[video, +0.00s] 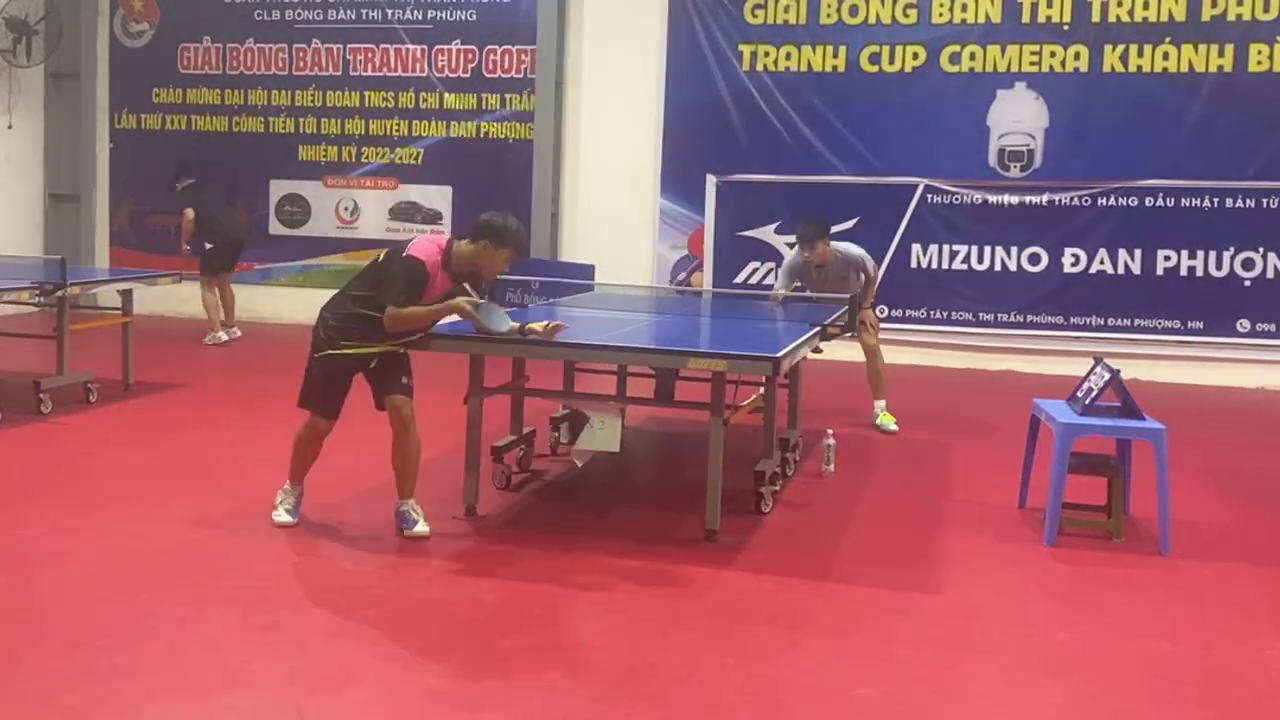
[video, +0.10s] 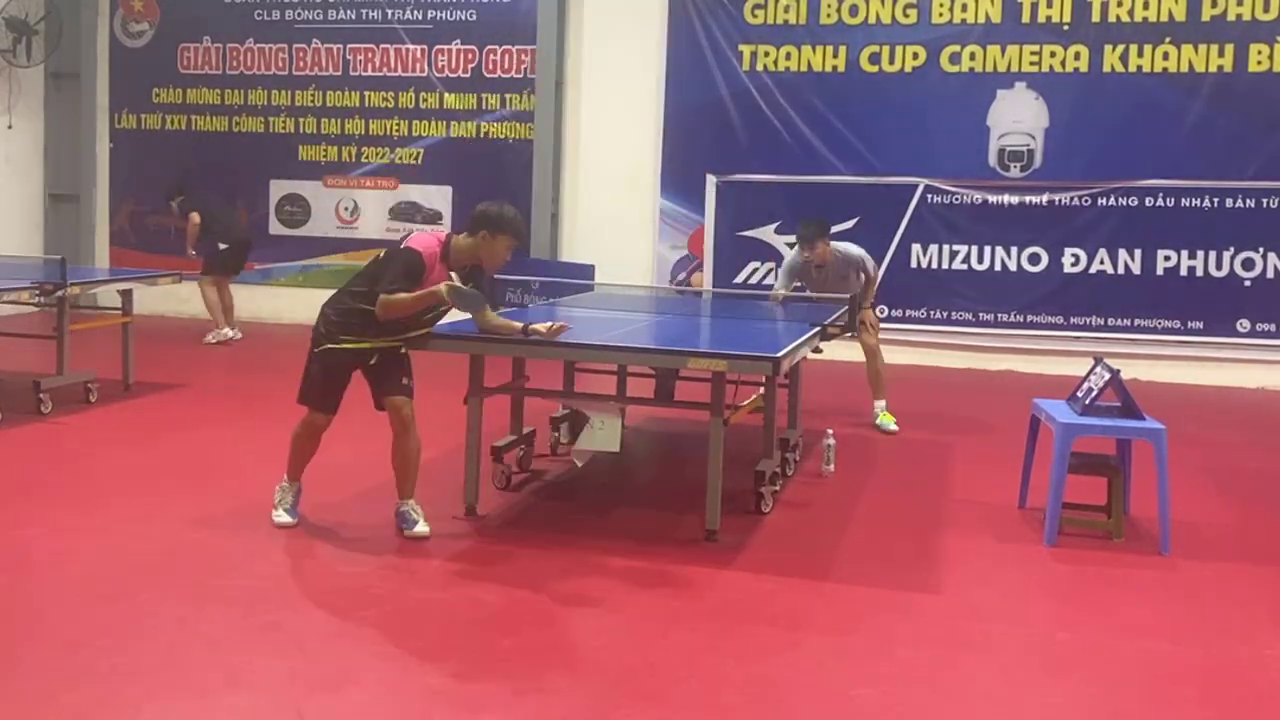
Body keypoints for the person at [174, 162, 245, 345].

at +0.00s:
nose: (178, 191)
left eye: (178, 188)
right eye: (178, 188)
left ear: (180, 184)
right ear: (194, 179)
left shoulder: (187, 193)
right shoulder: (212, 188)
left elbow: (190, 216)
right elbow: (231, 210)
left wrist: (185, 242)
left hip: (215, 240)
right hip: (235, 237)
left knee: (207, 285)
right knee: (224, 282)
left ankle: (216, 330)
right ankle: (231, 326)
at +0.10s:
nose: (175, 210)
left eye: (173, 206)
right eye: (173, 206)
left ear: (177, 200)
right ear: (186, 194)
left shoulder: (188, 202)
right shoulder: (208, 198)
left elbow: (195, 220)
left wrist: (190, 246)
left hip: (224, 241)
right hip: (241, 239)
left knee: (206, 282)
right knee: (222, 282)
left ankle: (222, 328)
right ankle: (231, 327)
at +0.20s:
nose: (172, 234)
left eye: (169, 229)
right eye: (168, 231)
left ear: (173, 221)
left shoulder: (186, 217)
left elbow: (200, 226)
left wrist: (198, 258)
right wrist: (209, 300)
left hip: (236, 240)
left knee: (215, 284)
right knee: (217, 284)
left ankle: (236, 327)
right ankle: (227, 326)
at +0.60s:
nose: (162, 228)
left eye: (159, 223)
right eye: (158, 225)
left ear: (165, 214)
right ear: (164, 216)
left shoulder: (189, 215)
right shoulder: (185, 230)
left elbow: (215, 217)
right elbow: (193, 259)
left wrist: (212, 245)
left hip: (240, 237)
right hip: (227, 240)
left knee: (229, 279)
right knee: (218, 282)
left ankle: (240, 328)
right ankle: (229, 325)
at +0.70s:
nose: (157, 203)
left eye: (157, 197)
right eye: (155, 199)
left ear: (169, 191)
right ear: (168, 194)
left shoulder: (194, 197)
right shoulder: (180, 213)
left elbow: (222, 211)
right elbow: (187, 243)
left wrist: (213, 237)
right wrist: (174, 261)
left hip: (238, 233)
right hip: (225, 235)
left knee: (222, 277)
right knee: (214, 279)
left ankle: (237, 326)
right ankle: (228, 325)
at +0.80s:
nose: (162, 181)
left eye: (163, 175)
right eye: (160, 178)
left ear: (176, 172)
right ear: (169, 178)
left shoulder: (200, 187)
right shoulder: (177, 198)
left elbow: (228, 205)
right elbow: (176, 229)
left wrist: (217, 232)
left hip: (229, 234)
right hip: (213, 238)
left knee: (217, 277)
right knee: (211, 280)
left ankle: (228, 324)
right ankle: (228, 324)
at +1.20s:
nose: (182, 155)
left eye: (187, 151)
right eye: (180, 151)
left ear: (198, 155)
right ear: (176, 155)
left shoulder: (209, 182)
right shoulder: (175, 181)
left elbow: (215, 214)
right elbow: (169, 207)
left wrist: (190, 232)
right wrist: (169, 231)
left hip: (205, 239)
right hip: (184, 239)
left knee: (200, 284)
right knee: (183, 283)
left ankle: (201, 329)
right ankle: (210, 312)